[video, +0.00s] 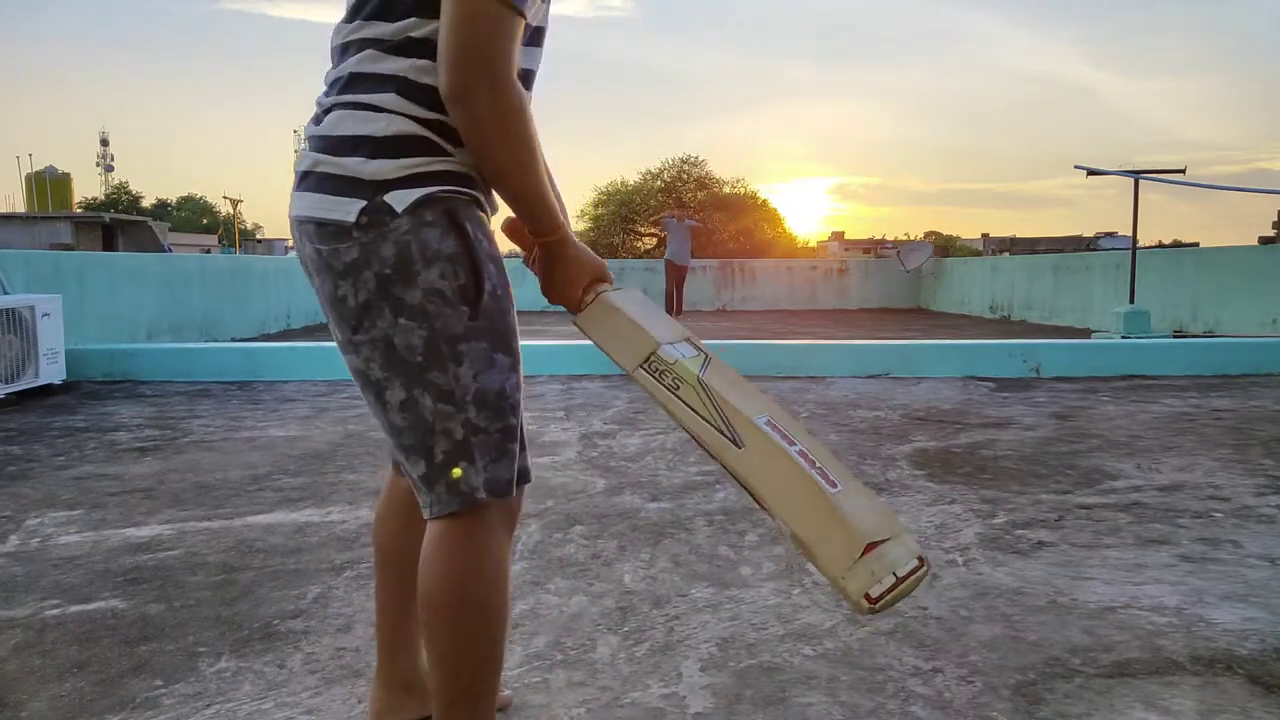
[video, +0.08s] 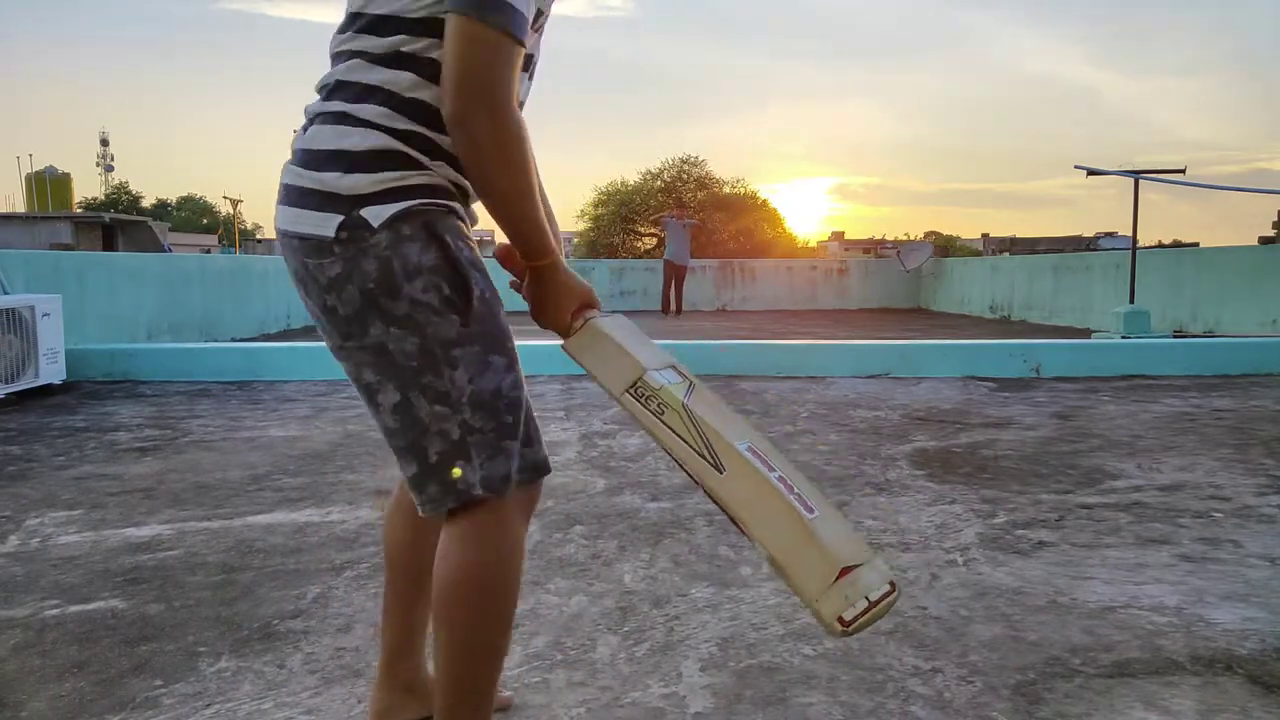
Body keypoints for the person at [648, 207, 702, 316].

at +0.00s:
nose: (681, 213)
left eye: (683, 211)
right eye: (679, 210)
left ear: (686, 212)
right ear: (675, 212)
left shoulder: (689, 224)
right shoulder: (670, 223)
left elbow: (701, 227)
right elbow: (653, 221)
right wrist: (668, 215)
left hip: (683, 258)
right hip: (670, 257)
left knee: (679, 287)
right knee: (669, 287)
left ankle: (678, 313)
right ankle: (669, 313)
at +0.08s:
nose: (681, 213)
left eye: (683, 211)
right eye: (679, 210)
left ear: (686, 212)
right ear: (674, 212)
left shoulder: (688, 224)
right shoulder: (669, 223)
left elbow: (698, 224)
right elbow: (652, 220)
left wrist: (685, 222)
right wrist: (665, 215)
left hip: (683, 258)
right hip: (669, 257)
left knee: (679, 287)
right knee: (667, 286)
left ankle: (678, 311)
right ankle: (665, 311)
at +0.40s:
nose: (669, 213)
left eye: (672, 211)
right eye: (668, 211)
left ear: (676, 213)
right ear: (665, 214)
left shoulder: (680, 225)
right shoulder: (663, 226)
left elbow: (682, 212)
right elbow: (653, 232)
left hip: (675, 260)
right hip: (663, 259)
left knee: (673, 289)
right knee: (662, 289)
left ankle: (679, 309)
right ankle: (665, 313)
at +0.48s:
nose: (665, 215)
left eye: (667, 212)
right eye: (664, 212)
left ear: (671, 213)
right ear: (662, 215)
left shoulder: (674, 224)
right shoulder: (663, 226)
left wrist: (658, 231)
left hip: (671, 258)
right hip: (662, 258)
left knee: (666, 285)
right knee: (662, 285)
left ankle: (667, 310)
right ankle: (664, 311)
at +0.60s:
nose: (662, 216)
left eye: (664, 213)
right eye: (661, 213)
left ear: (669, 214)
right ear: (660, 215)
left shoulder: (675, 224)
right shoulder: (661, 229)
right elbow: (656, 247)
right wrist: (650, 259)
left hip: (671, 257)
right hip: (661, 257)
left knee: (661, 282)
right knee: (660, 283)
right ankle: (665, 311)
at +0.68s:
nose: (663, 216)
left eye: (665, 214)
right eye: (662, 214)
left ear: (670, 214)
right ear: (660, 216)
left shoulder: (674, 225)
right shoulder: (659, 230)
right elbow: (654, 248)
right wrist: (647, 263)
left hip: (671, 259)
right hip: (660, 259)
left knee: (660, 285)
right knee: (659, 286)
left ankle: (650, 306)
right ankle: (665, 312)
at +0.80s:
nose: (664, 219)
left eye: (666, 217)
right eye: (663, 217)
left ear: (670, 218)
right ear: (661, 218)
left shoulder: (671, 228)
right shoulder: (660, 230)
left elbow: (671, 210)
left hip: (666, 260)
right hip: (655, 260)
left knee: (660, 285)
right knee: (655, 287)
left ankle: (657, 308)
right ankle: (665, 311)